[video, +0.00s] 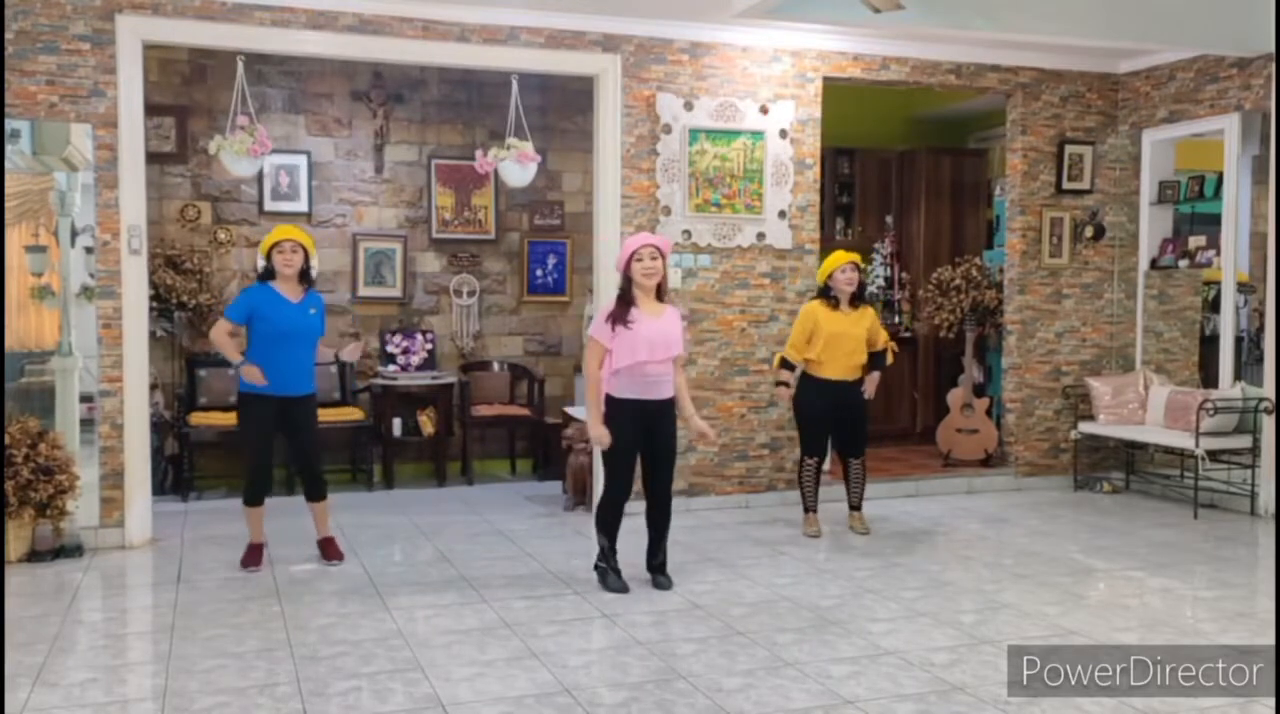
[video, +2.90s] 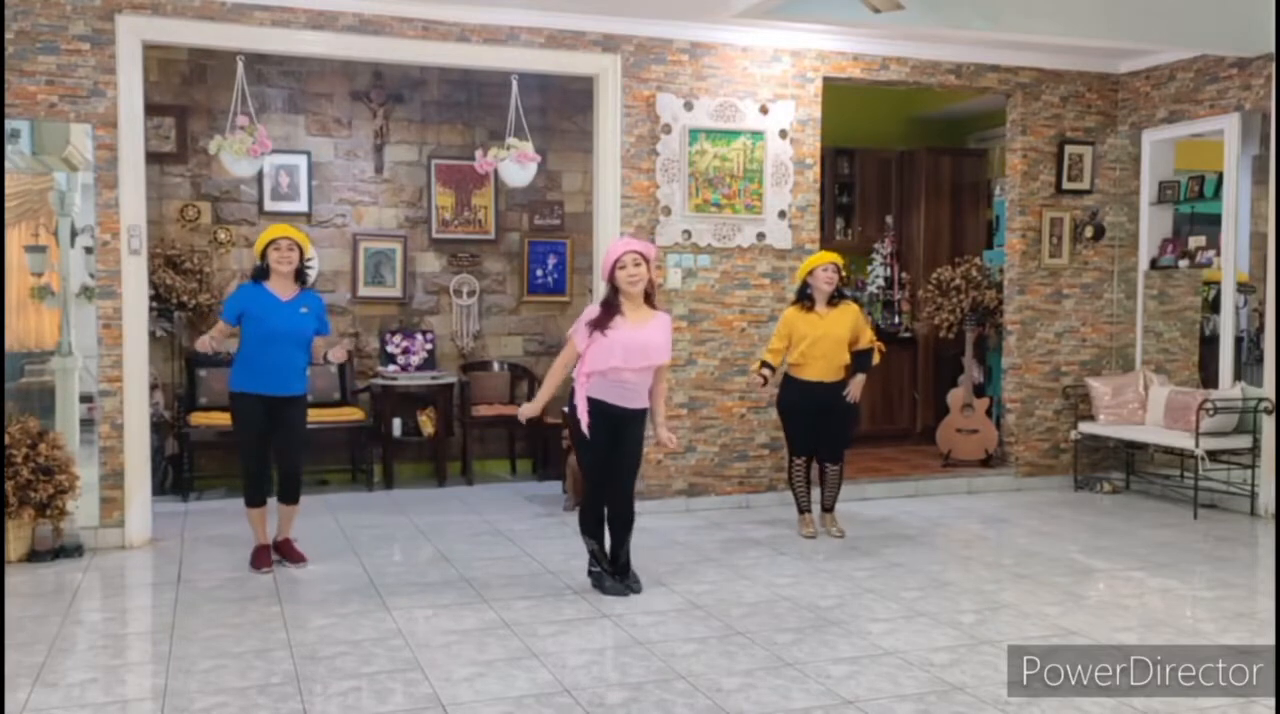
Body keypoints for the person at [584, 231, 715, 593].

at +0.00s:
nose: (648, 265)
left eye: (655, 259)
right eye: (640, 259)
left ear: (664, 268)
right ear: (628, 269)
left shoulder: (673, 316)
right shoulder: (613, 314)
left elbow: (678, 371)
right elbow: (592, 365)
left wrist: (692, 418)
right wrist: (595, 420)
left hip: (662, 409)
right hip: (621, 409)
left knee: (660, 491)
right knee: (617, 489)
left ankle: (658, 564)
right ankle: (606, 561)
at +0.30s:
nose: (640, 264)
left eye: (647, 258)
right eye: (632, 259)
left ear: (657, 268)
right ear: (620, 268)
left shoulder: (662, 318)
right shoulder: (601, 309)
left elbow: (662, 373)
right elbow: (564, 350)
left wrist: (673, 421)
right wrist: (551, 405)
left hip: (645, 410)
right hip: (601, 408)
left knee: (646, 490)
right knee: (603, 487)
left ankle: (643, 560)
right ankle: (603, 563)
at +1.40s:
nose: (634, 266)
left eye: (639, 259)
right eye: (625, 259)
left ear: (647, 267)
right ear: (610, 268)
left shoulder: (667, 300)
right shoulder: (606, 313)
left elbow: (692, 351)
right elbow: (600, 371)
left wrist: (719, 391)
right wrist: (596, 417)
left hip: (667, 406)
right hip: (624, 407)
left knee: (658, 489)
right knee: (622, 488)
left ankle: (647, 563)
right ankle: (620, 559)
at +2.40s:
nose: (639, 264)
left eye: (645, 258)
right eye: (630, 259)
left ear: (655, 267)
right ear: (618, 269)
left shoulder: (658, 315)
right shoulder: (606, 310)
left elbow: (653, 370)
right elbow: (571, 354)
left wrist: (667, 412)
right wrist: (569, 413)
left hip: (650, 410)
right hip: (611, 411)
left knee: (648, 494)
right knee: (612, 492)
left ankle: (643, 565)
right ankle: (600, 565)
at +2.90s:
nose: (633, 271)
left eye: (639, 264)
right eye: (624, 266)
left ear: (650, 271)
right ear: (613, 276)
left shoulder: (660, 322)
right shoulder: (597, 315)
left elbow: (659, 378)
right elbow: (565, 358)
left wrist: (660, 425)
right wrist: (539, 402)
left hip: (633, 413)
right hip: (591, 408)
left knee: (623, 491)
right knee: (594, 487)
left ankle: (621, 563)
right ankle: (597, 564)